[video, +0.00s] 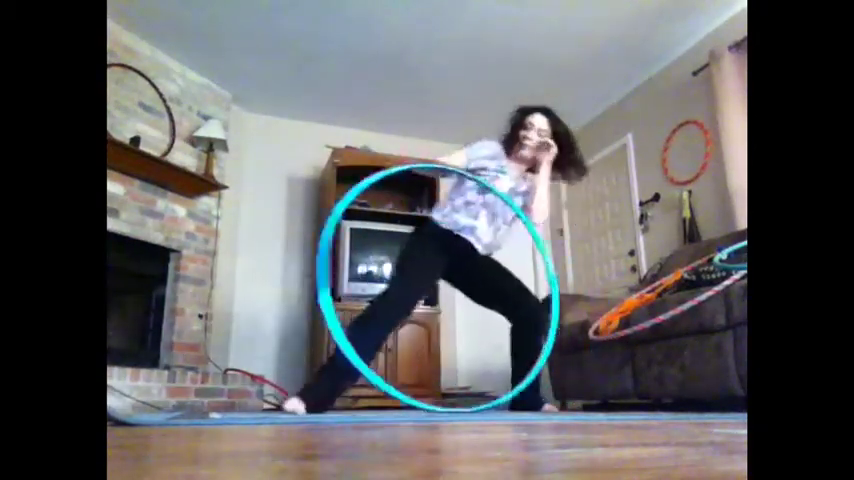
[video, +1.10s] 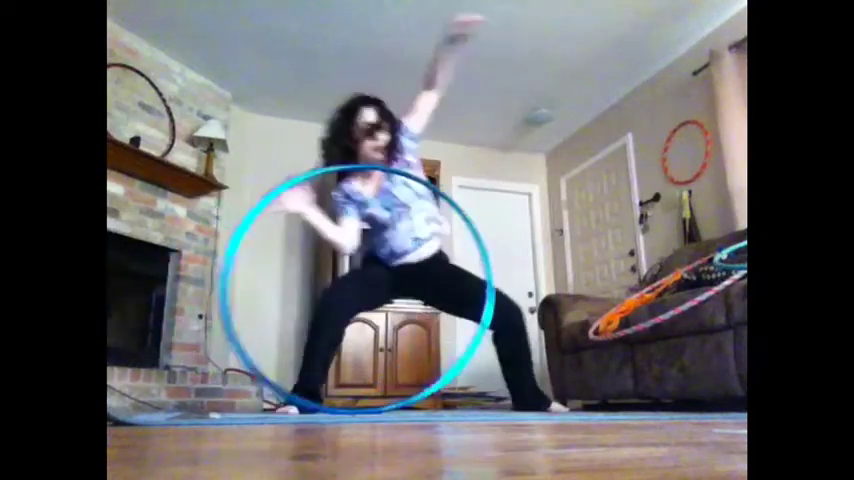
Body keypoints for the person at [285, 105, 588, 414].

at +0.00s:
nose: (528, 135)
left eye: (539, 132)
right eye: (525, 128)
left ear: (550, 146)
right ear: (515, 132)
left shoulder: (534, 187)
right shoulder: (491, 151)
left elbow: (538, 225)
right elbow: (438, 166)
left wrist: (545, 167)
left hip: (471, 258)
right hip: (434, 240)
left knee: (529, 310)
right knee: (391, 308)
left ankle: (527, 406)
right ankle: (310, 401)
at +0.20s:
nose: (470, 118)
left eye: (481, 115)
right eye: (466, 111)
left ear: (498, 128)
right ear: (456, 117)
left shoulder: (486, 169)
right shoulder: (433, 147)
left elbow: (488, 188)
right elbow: (379, 169)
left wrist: (489, 137)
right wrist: (358, 162)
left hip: (439, 263)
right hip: (394, 249)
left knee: (498, 320)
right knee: (344, 308)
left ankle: (526, 402)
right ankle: (310, 400)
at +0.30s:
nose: (443, 110)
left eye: (454, 105)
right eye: (438, 103)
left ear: (472, 117)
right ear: (429, 109)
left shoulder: (466, 164)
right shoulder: (408, 147)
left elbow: (461, 174)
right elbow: (358, 167)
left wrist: (461, 126)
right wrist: (323, 169)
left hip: (426, 261)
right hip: (379, 252)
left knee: (485, 323)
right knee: (328, 302)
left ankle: (526, 402)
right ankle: (307, 399)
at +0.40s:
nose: (401, 100)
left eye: (411, 94)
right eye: (397, 93)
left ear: (430, 105)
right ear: (389, 100)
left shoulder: (436, 154)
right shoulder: (372, 145)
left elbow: (418, 156)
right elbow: (321, 174)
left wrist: (419, 108)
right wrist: (262, 185)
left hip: (413, 261)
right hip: (363, 255)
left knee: (470, 322)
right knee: (311, 296)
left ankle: (522, 399)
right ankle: (306, 398)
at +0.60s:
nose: (350, 101)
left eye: (357, 94)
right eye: (342, 94)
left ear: (373, 100)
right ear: (331, 103)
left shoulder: (390, 141)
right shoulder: (324, 153)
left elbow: (400, 132)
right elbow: (282, 191)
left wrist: (373, 98)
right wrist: (227, 205)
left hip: (397, 255)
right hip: (348, 258)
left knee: (455, 327)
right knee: (295, 295)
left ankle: (522, 402)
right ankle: (304, 398)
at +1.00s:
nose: (354, 127)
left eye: (360, 118)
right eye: (344, 120)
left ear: (369, 119)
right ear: (327, 127)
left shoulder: (384, 137)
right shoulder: (325, 180)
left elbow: (413, 82)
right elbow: (315, 235)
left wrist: (395, 55)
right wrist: (266, 216)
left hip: (415, 262)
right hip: (367, 268)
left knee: (488, 317)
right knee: (320, 299)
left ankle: (526, 402)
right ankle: (305, 398)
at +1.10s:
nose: (380, 138)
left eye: (383, 129)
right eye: (369, 132)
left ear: (390, 129)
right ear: (349, 140)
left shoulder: (403, 146)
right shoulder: (350, 192)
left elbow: (432, 91)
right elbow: (346, 243)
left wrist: (454, 40)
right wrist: (308, 210)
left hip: (432, 270)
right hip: (383, 276)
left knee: (507, 314)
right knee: (333, 305)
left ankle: (530, 402)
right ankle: (304, 401)